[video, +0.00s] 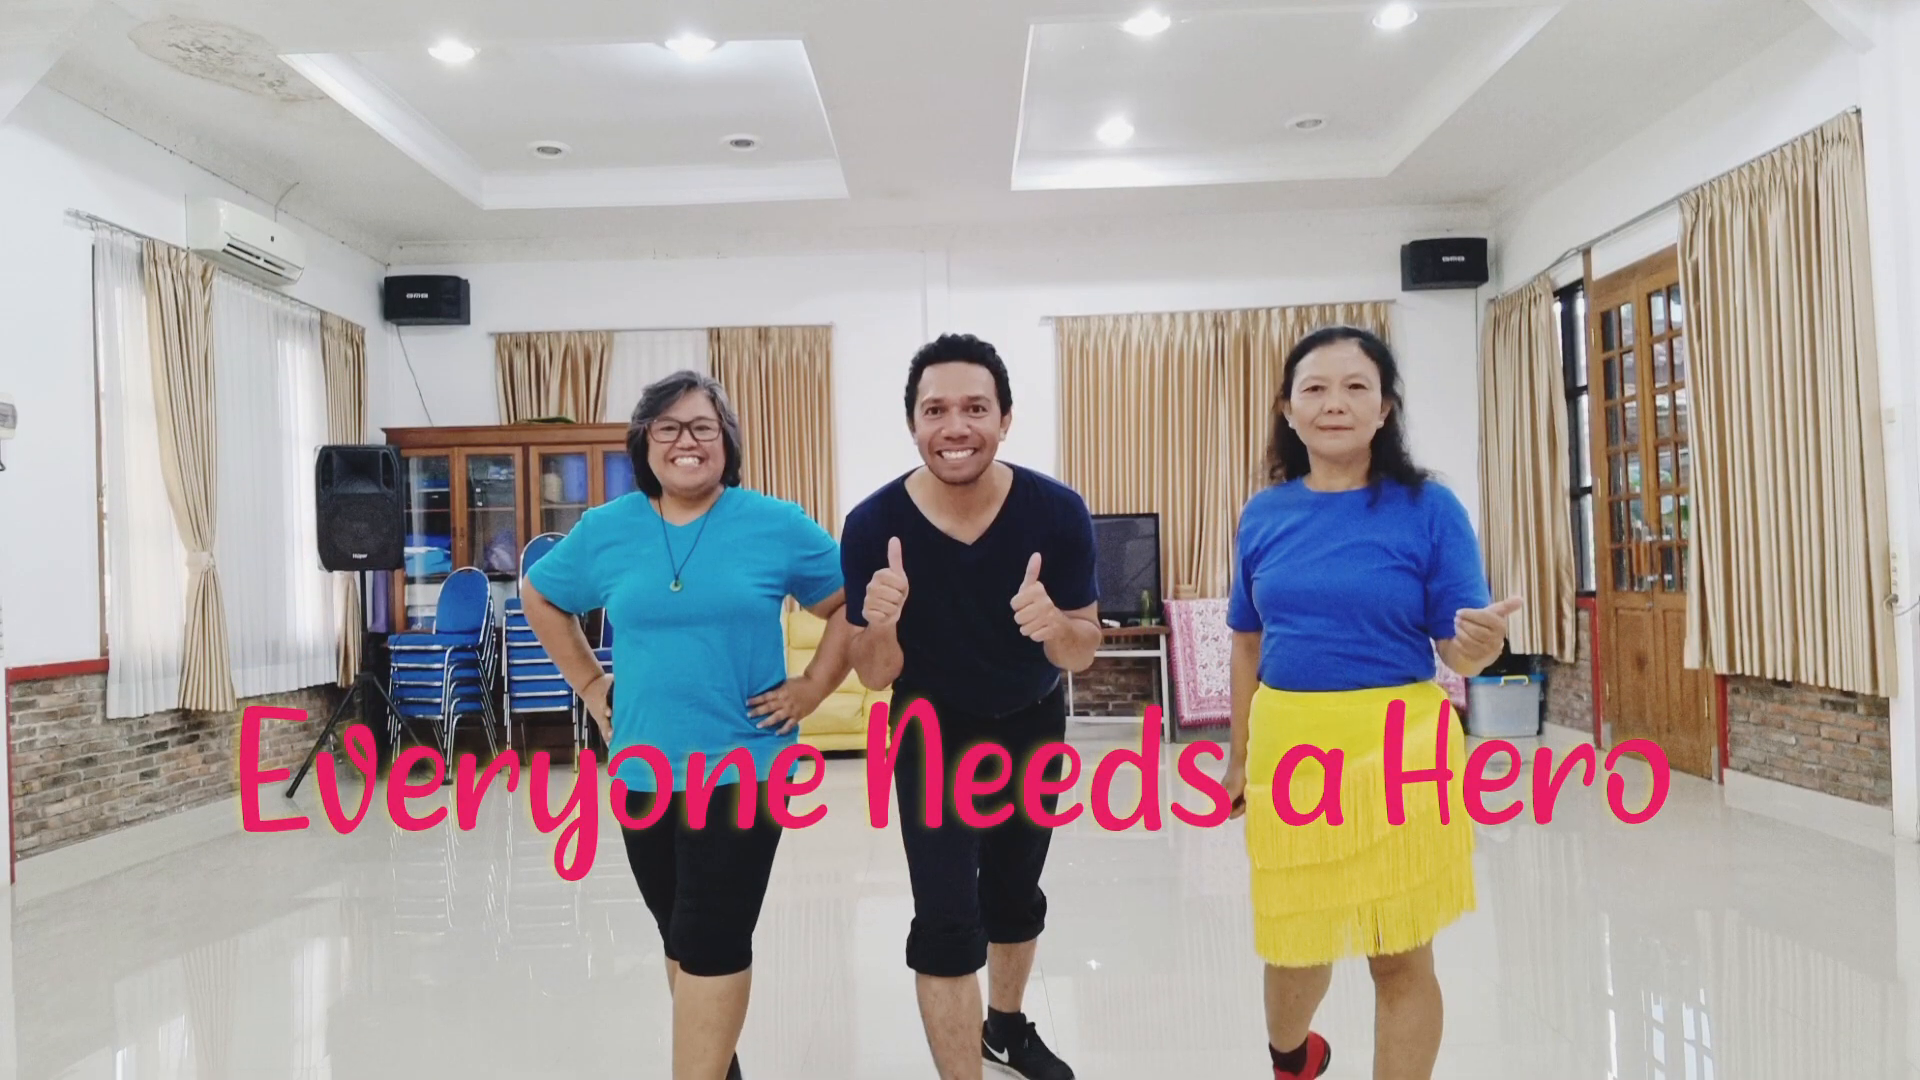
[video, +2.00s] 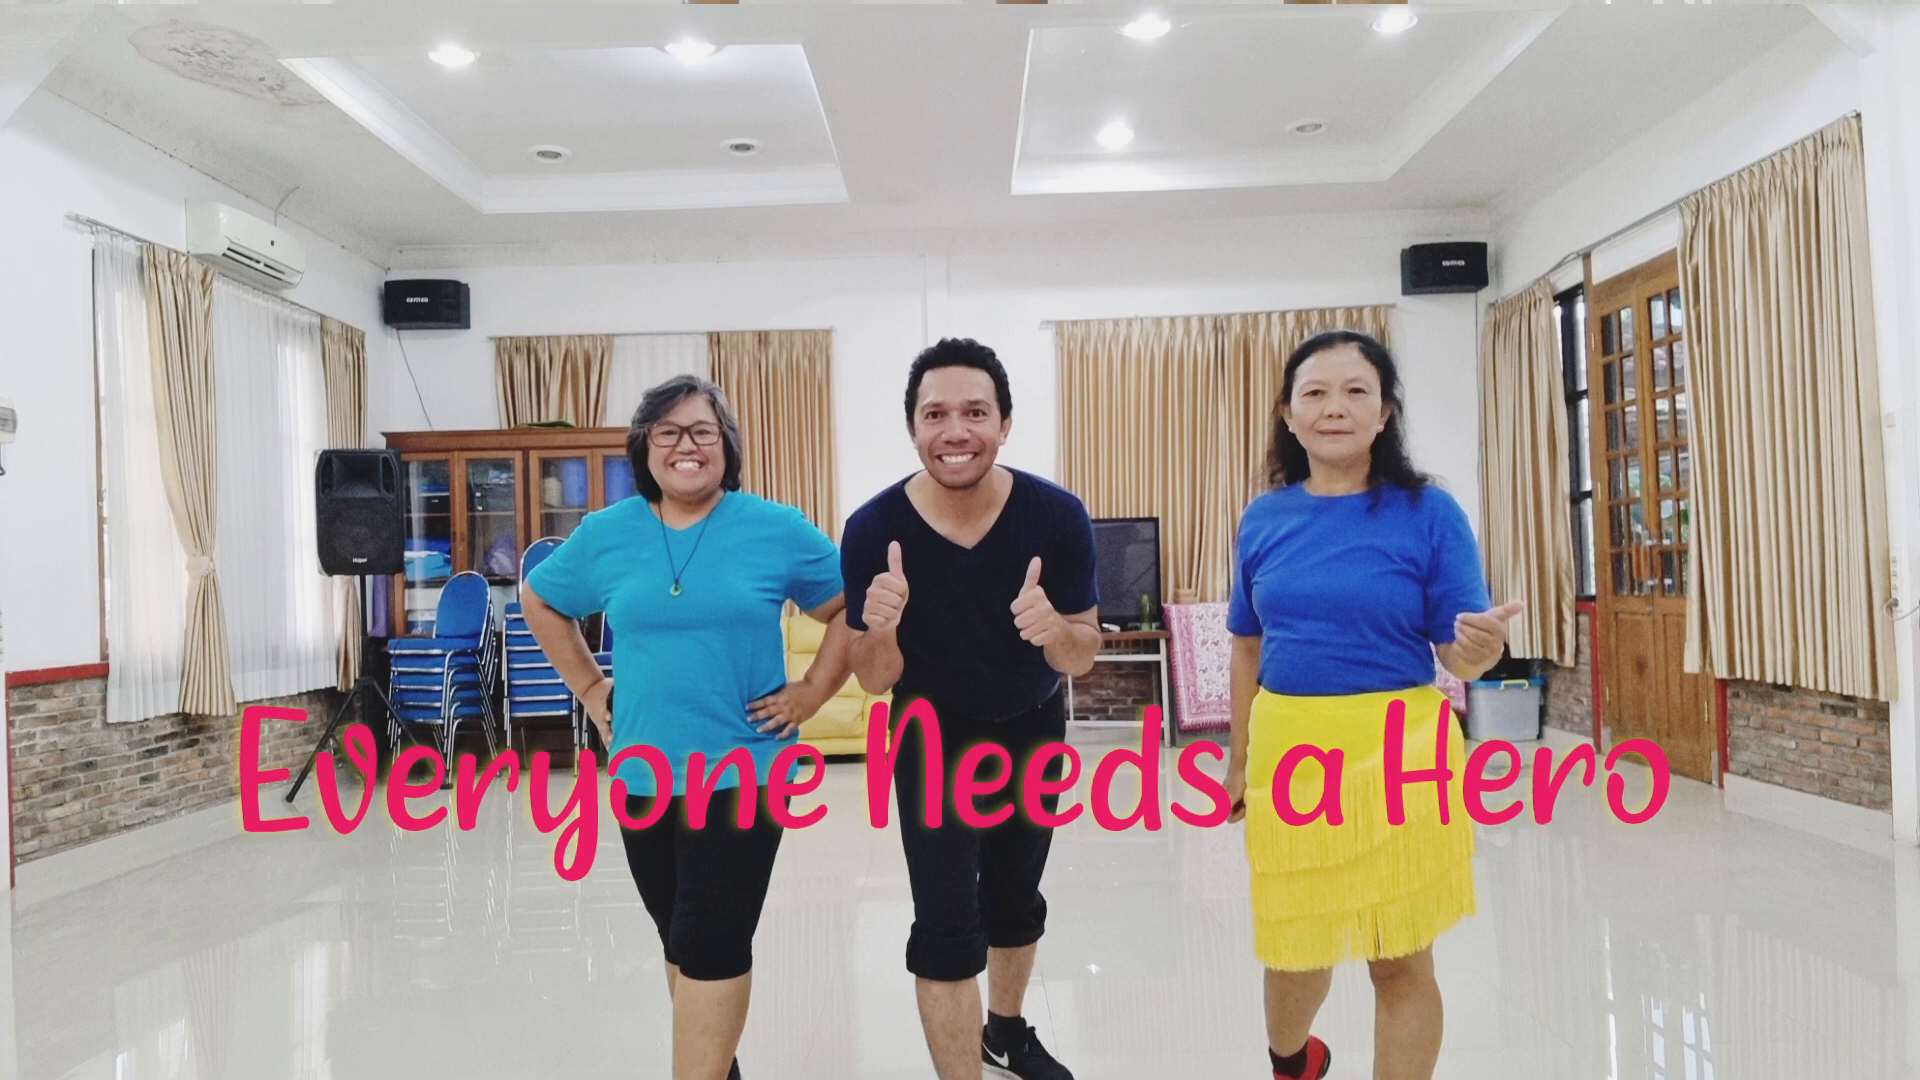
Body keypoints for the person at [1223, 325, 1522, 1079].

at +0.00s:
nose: (1334, 402)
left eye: (1354, 387)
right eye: (1314, 388)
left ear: (1385, 407)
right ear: (1290, 410)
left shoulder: (1428, 507)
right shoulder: (1265, 513)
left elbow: (1462, 651)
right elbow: (1248, 642)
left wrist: (1483, 639)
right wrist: (1239, 755)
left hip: (1400, 745)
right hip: (1289, 746)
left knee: (1397, 959)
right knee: (1293, 954)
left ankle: (1405, 1078)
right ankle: (1290, 1065)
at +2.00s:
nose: (1334, 407)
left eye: (1354, 392)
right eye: (1315, 393)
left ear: (1385, 411)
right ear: (1290, 414)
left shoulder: (1428, 512)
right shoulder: (1264, 517)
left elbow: (1464, 656)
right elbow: (1247, 646)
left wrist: (1483, 646)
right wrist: (1240, 760)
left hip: (1401, 748)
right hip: (1289, 749)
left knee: (1398, 963)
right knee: (1293, 957)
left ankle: (1404, 1079)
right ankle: (1290, 1067)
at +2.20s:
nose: (1334, 519)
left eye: (1354, 503)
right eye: (1314, 505)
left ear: (1385, 525)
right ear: (1288, 527)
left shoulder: (1428, 622)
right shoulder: (1262, 630)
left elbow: (1468, 744)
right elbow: (1246, 760)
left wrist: (1492, 746)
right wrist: (1239, 874)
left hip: (1398, 868)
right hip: (1288, 868)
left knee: (1399, 1062)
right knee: (1292, 1063)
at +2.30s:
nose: (1335, 680)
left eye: (1355, 663)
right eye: (1314, 665)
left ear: (1383, 683)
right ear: (1288, 686)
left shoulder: (1427, 782)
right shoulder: (1263, 789)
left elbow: (1458, 926)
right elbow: (1247, 921)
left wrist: (1483, 920)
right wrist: (1238, 1036)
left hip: (1402, 1012)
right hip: (1284, 1014)